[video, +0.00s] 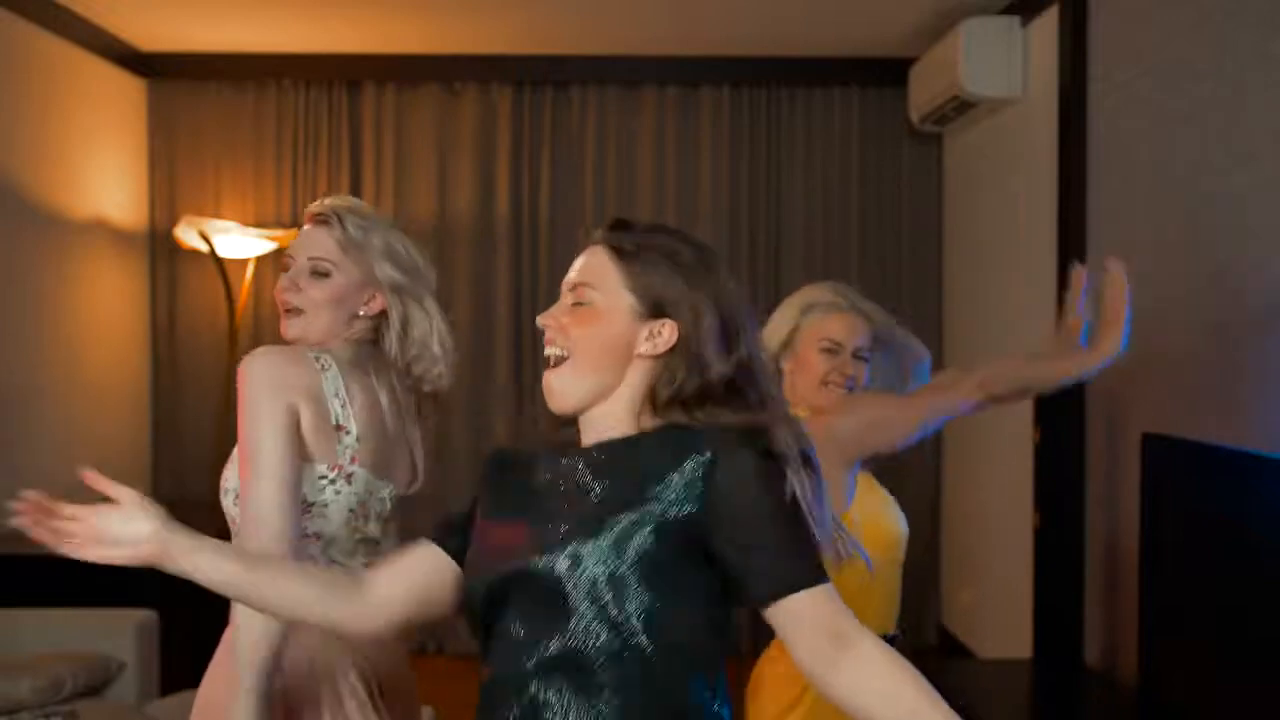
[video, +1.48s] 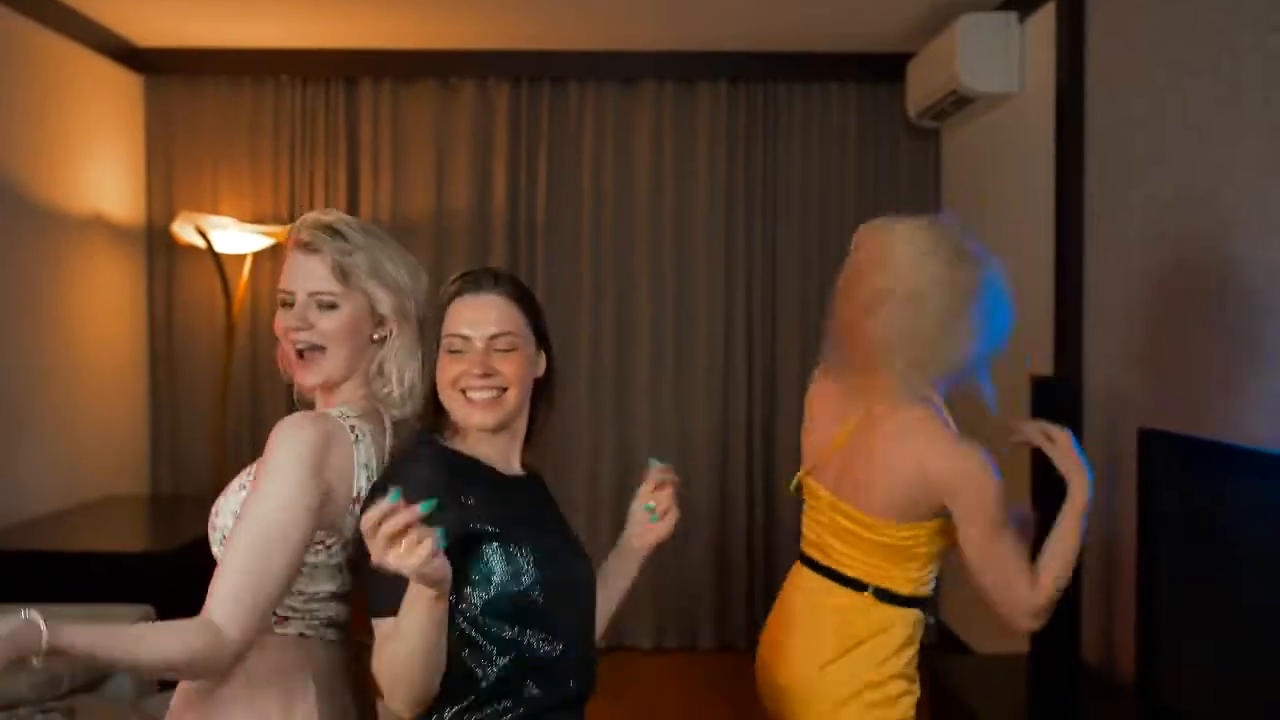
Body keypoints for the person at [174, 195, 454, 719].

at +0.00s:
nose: (287, 284)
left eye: (319, 272)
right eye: (288, 268)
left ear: (372, 301)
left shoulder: (274, 371)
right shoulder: (395, 384)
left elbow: (266, 571)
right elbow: (408, 478)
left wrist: (238, 701)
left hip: (285, 657)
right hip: (374, 651)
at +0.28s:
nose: (277, 307)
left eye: (303, 288)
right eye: (272, 289)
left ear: (366, 304)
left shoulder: (307, 419)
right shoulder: (413, 425)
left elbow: (161, 581)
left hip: (245, 688)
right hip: (343, 689)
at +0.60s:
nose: (297, 335)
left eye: (324, 313)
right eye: (291, 315)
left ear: (385, 323)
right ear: (285, 316)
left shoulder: (322, 433)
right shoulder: (423, 430)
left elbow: (260, 639)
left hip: (276, 695)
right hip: (354, 694)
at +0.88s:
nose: (292, 297)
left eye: (318, 276)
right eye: (286, 281)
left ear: (380, 290)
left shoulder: (304, 367)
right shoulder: (420, 389)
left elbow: (220, 555)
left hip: (260, 651)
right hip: (365, 656)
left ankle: (43, 685)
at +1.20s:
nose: (290, 306)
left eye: (317, 286)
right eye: (286, 287)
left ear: (379, 300)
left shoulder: (303, 378)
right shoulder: (406, 397)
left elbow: (204, 555)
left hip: (251, 659)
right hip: (345, 651)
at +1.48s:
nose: (297, 324)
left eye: (326, 305)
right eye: (288, 303)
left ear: (384, 324)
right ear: (276, 309)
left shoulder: (308, 436)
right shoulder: (388, 434)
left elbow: (216, 642)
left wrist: (40, 631)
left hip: (256, 695)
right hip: (332, 691)